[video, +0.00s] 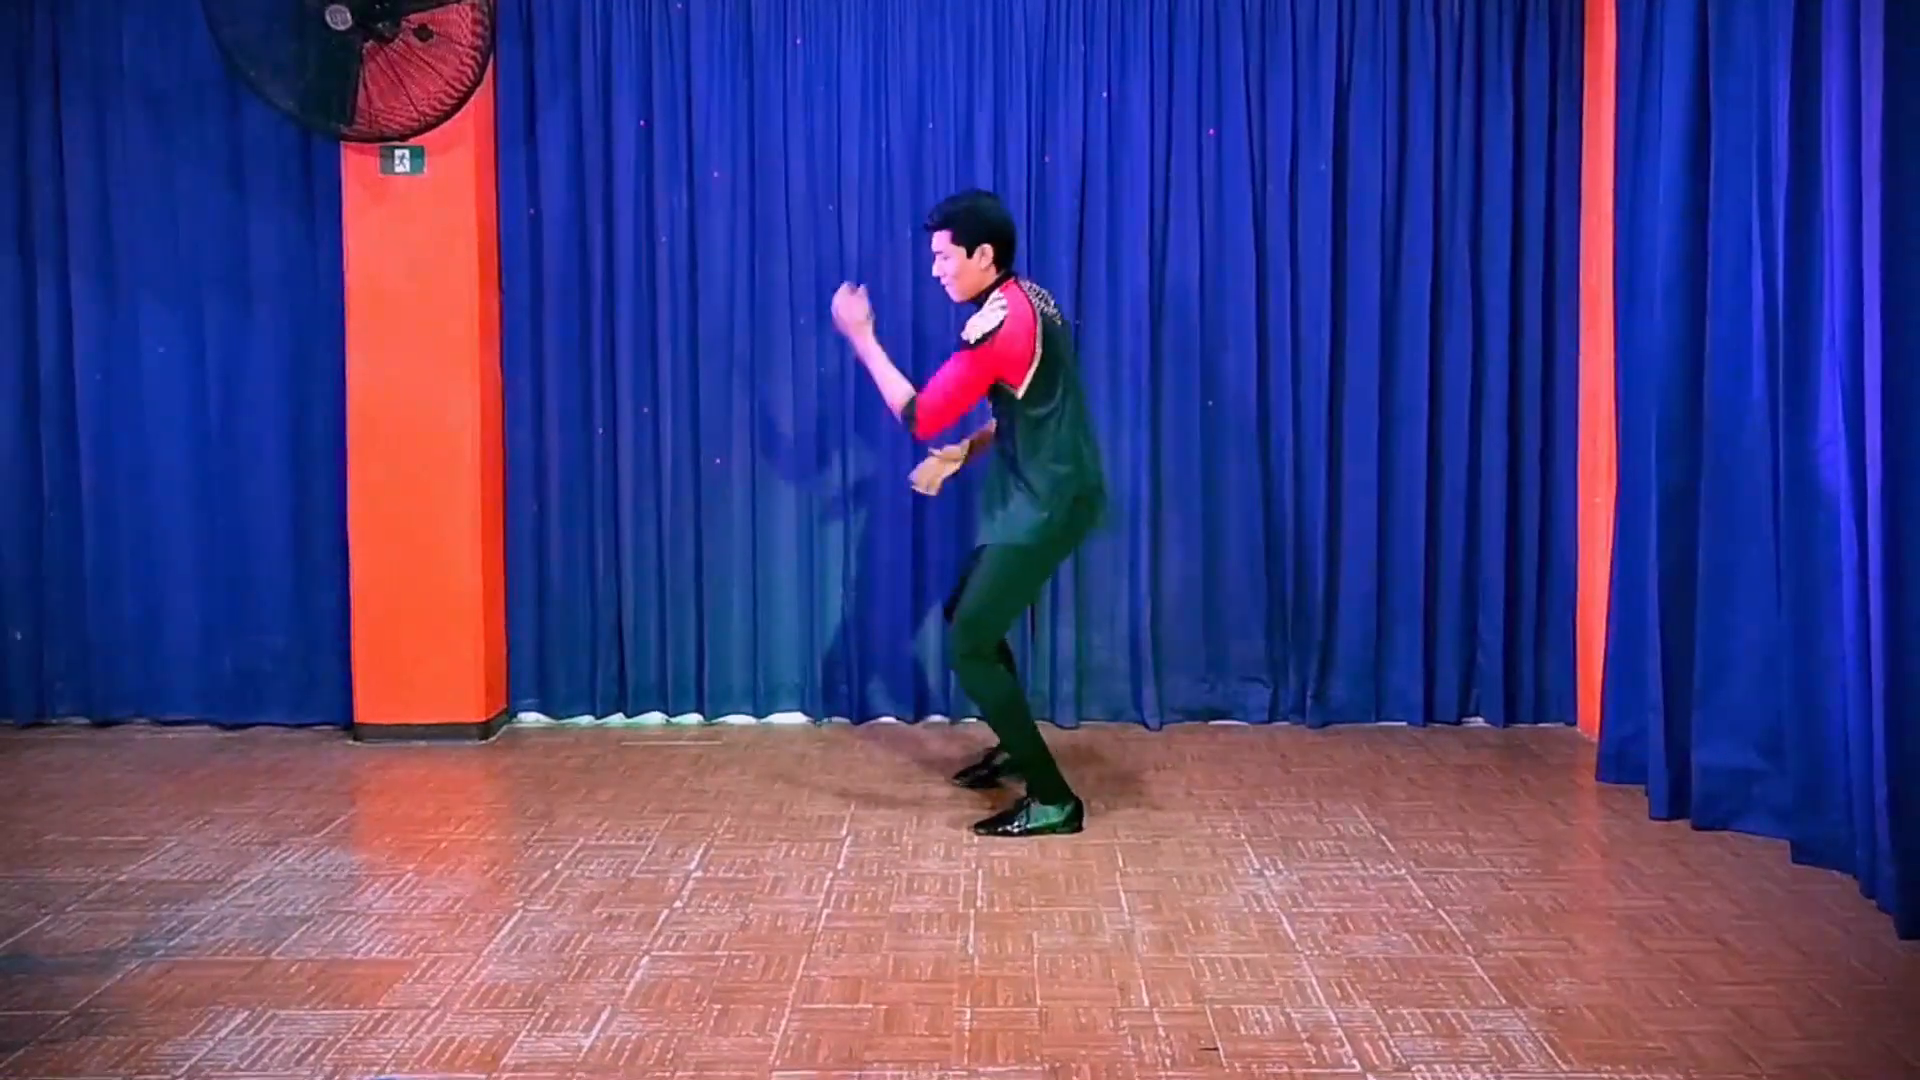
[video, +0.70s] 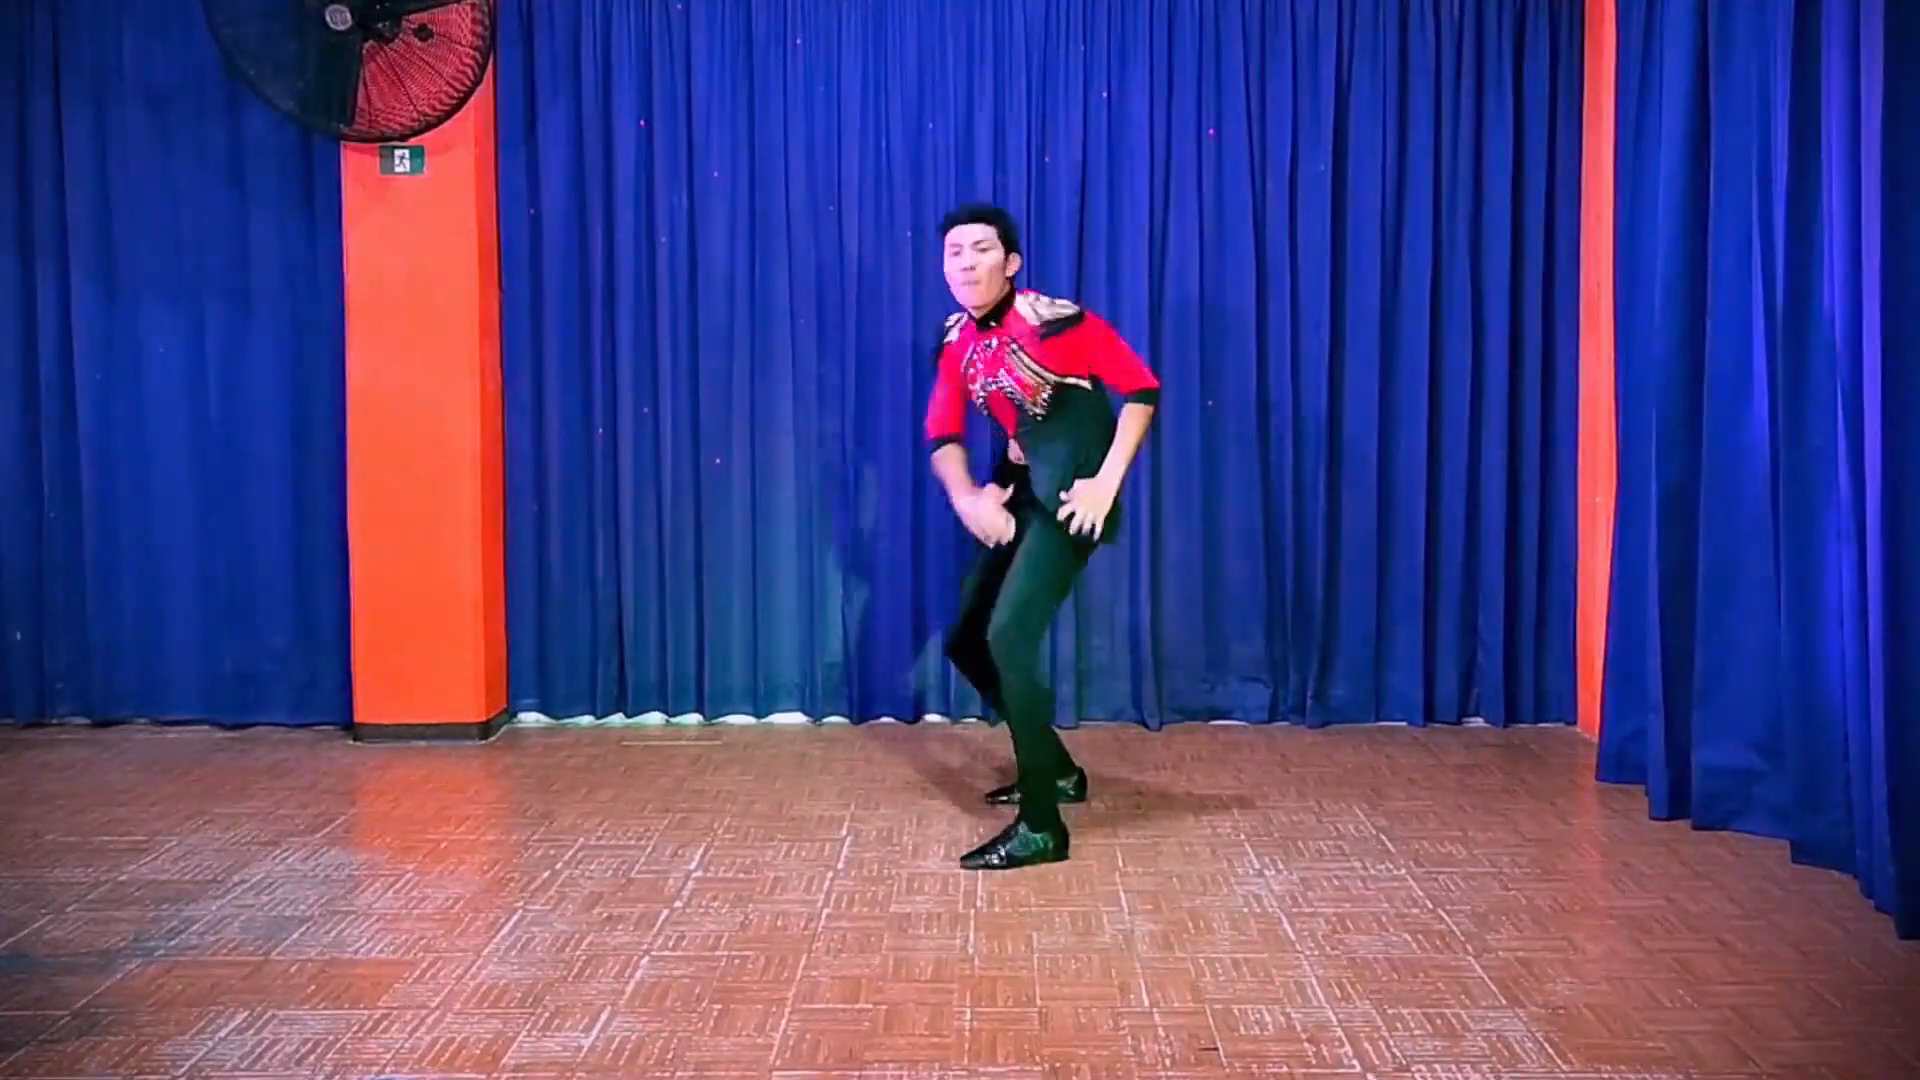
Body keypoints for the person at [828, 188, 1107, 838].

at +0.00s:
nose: (936, 268)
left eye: (946, 255)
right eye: (935, 255)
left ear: (987, 257)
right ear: (984, 259)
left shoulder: (1003, 325)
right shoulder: (1024, 300)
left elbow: (922, 419)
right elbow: (1026, 411)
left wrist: (861, 336)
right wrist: (962, 453)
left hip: (1053, 500)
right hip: (1041, 488)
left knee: (970, 642)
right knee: (964, 614)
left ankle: (1053, 800)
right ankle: (1020, 745)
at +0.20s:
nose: (949, 257)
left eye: (966, 251)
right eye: (953, 243)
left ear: (1004, 272)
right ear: (978, 263)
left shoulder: (1018, 323)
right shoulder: (1002, 305)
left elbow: (925, 382)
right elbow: (1034, 403)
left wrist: (936, 328)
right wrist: (1012, 473)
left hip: (1061, 503)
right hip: (1035, 496)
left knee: (978, 642)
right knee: (964, 637)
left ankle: (1055, 795)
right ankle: (1045, 768)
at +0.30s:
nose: (926, 277)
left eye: (939, 263)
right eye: (929, 263)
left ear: (980, 273)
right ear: (978, 275)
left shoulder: (1002, 335)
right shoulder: (1007, 320)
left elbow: (973, 452)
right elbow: (1031, 439)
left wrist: (949, 409)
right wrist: (979, 486)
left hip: (1064, 510)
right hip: (1056, 503)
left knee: (972, 644)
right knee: (975, 638)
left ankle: (1056, 793)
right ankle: (1043, 775)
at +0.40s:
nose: (932, 356)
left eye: (924, 341)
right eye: (923, 347)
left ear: (936, 313)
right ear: (958, 306)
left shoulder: (999, 345)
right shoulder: (1013, 320)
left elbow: (1047, 428)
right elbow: (1021, 424)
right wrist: (974, 460)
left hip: (1065, 510)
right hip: (1070, 501)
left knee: (969, 641)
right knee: (977, 635)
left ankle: (1050, 790)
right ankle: (1051, 775)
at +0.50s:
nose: (950, 360)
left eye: (943, 350)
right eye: (940, 357)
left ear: (955, 316)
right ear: (957, 312)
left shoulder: (1020, 331)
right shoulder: (1001, 326)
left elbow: (1093, 369)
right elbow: (1015, 388)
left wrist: (1076, 462)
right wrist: (996, 445)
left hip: (1065, 508)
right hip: (1044, 505)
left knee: (968, 636)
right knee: (977, 633)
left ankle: (1050, 788)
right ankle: (1051, 774)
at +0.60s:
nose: (948, 303)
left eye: (957, 283)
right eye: (936, 291)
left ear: (992, 268)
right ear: (929, 287)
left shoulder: (1043, 318)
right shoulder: (982, 336)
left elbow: (1137, 369)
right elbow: (984, 408)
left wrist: (1101, 467)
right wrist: (988, 463)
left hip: (1073, 497)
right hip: (1029, 496)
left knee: (984, 620)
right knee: (970, 634)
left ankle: (1049, 793)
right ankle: (1050, 772)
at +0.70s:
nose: (964, 265)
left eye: (979, 251)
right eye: (953, 253)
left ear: (1011, 264)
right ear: (943, 268)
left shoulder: (1056, 322)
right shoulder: (959, 346)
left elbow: (1140, 390)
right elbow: (943, 435)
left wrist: (1107, 482)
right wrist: (966, 496)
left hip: (1075, 492)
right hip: (1024, 493)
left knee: (1011, 635)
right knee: (968, 642)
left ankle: (1041, 827)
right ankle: (1055, 768)